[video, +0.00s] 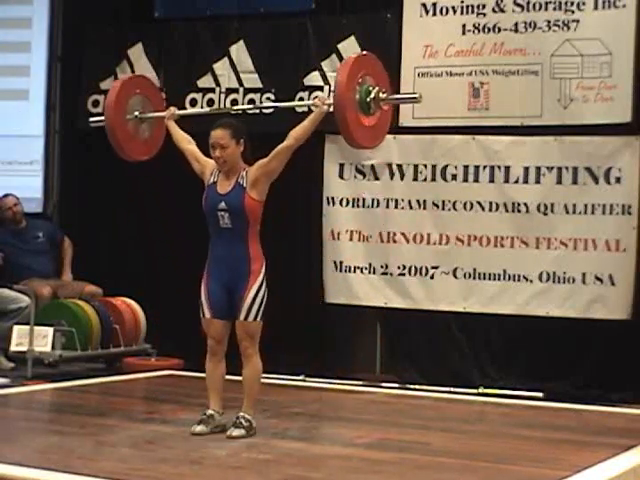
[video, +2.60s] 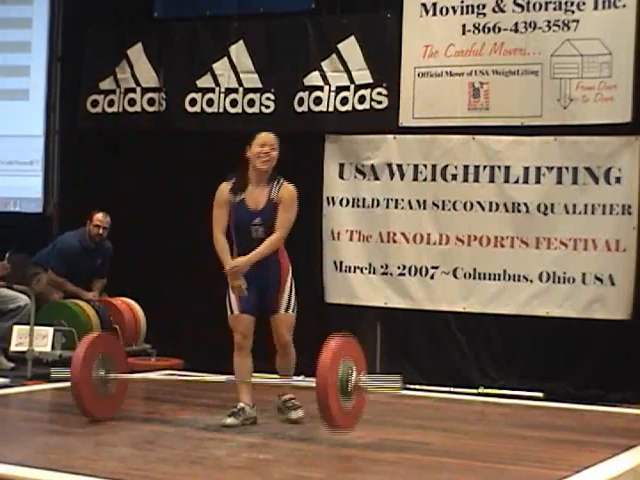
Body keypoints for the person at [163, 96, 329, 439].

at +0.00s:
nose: (217, 153)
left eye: (222, 147)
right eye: (213, 147)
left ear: (241, 147)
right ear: (211, 150)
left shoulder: (256, 176)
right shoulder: (211, 174)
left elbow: (290, 144)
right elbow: (188, 148)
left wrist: (319, 112)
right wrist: (170, 121)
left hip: (249, 272)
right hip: (215, 272)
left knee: (248, 346)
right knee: (214, 346)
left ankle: (247, 416)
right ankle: (213, 413)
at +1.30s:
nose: (235, 150)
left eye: (241, 144)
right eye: (232, 144)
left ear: (258, 146)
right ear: (229, 148)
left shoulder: (273, 174)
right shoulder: (226, 174)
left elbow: (303, 161)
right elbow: (187, 161)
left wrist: (304, 130)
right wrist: (157, 138)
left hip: (267, 271)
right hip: (235, 270)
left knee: (257, 336)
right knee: (224, 337)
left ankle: (245, 408)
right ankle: (246, 395)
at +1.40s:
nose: (229, 165)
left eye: (234, 159)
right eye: (226, 159)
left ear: (251, 159)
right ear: (223, 161)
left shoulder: (270, 189)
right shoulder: (221, 190)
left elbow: (303, 202)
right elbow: (182, 197)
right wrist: (152, 179)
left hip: (280, 273)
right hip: (246, 273)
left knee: (263, 331)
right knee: (239, 336)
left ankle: (251, 402)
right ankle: (242, 400)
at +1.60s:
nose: (214, 236)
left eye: (221, 230)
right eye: (211, 230)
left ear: (237, 229)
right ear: (208, 230)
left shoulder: (258, 258)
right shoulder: (208, 259)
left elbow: (289, 295)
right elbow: (185, 289)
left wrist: (297, 329)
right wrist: (160, 318)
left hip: (286, 296)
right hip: (254, 294)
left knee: (262, 345)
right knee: (236, 347)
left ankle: (265, 410)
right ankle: (243, 405)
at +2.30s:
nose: (228, 210)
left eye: (235, 205)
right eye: (224, 204)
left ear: (248, 209)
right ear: (217, 207)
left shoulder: (262, 241)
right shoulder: (209, 239)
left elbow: (258, 291)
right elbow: (202, 285)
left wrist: (248, 335)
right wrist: (199, 326)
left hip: (282, 286)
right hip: (249, 283)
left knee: (263, 340)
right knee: (237, 343)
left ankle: (264, 410)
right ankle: (243, 406)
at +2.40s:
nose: (238, 186)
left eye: (246, 181)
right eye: (234, 179)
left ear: (257, 187)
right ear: (227, 183)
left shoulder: (267, 224)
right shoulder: (214, 219)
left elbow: (258, 270)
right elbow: (212, 262)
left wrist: (231, 300)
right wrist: (219, 298)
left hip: (280, 280)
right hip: (246, 276)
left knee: (268, 336)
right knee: (237, 340)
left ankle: (267, 407)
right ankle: (244, 405)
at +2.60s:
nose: (266, 152)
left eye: (271, 148)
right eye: (260, 147)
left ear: (277, 156)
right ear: (248, 153)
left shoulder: (286, 192)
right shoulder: (227, 190)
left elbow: (279, 236)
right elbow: (219, 234)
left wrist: (247, 260)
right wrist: (232, 271)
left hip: (275, 270)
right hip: (241, 272)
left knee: (284, 339)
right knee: (241, 340)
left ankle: (287, 396)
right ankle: (245, 405)